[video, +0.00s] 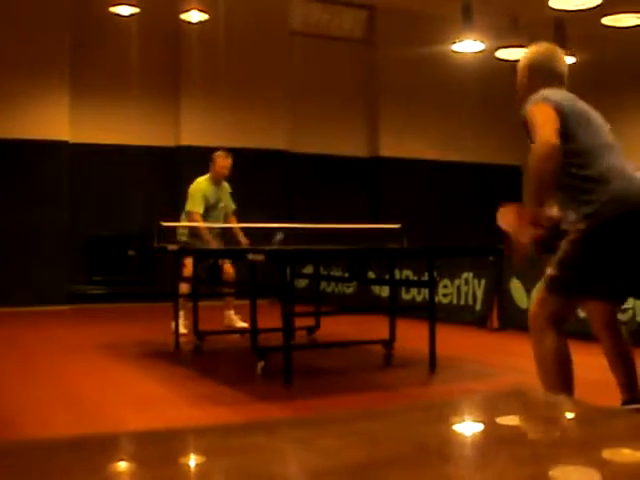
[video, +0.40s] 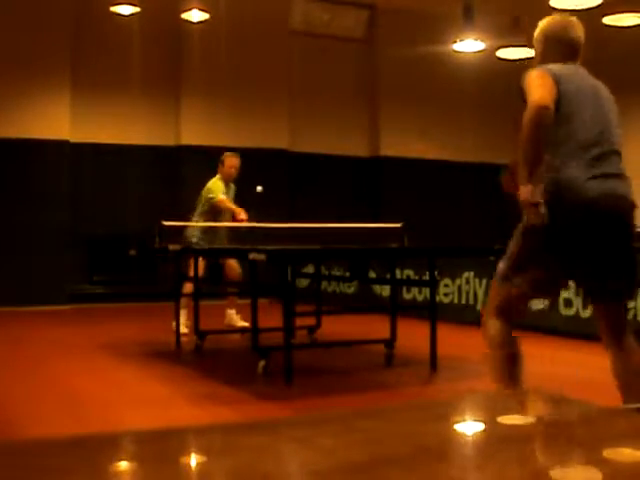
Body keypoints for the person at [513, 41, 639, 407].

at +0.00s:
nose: (516, 81)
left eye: (518, 73)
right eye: (516, 73)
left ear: (525, 75)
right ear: (562, 76)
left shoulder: (541, 101)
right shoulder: (581, 107)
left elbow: (547, 144)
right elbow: (602, 177)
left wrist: (532, 214)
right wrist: (559, 216)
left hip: (604, 219)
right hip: (631, 214)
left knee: (543, 314)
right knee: (602, 311)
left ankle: (561, 414)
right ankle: (632, 401)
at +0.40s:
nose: (533, 51)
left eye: (535, 45)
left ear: (539, 47)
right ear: (579, 51)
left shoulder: (541, 74)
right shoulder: (601, 90)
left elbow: (541, 106)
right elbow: (612, 155)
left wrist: (526, 177)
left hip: (562, 211)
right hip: (614, 213)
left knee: (498, 311)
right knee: (616, 327)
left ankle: (512, 407)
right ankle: (635, 414)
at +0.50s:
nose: (526, 59)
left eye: (528, 54)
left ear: (531, 57)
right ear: (572, 60)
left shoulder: (527, 83)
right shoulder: (592, 98)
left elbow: (530, 116)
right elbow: (603, 160)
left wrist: (520, 191)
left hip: (551, 209)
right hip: (604, 211)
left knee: (482, 310)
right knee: (611, 331)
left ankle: (471, 410)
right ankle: (634, 417)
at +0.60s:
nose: (500, 72)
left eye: (502, 66)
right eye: (500, 66)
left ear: (510, 69)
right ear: (544, 70)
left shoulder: (508, 95)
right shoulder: (569, 107)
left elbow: (509, 129)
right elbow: (564, 165)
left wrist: (498, 196)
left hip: (535, 216)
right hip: (589, 217)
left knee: (458, 310)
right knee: (608, 327)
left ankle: (436, 403)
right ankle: (634, 418)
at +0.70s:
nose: (463, 87)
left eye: (465, 80)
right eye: (467, 79)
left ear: (473, 82)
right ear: (505, 80)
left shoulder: (478, 108)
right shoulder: (533, 119)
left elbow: (482, 144)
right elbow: (520, 195)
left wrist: (469, 217)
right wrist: (450, 202)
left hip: (514, 228)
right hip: (568, 228)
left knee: (430, 319)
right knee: (593, 332)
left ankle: (387, 403)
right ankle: (630, 417)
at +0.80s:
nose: (416, 100)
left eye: (417, 92)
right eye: (416, 92)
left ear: (426, 91)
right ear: (457, 89)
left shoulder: (437, 115)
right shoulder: (486, 123)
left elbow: (448, 158)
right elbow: (467, 203)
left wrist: (439, 225)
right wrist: (391, 205)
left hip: (477, 240)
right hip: (526, 237)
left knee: (400, 323)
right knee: (570, 339)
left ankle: (358, 404)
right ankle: (622, 412)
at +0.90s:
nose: (367, 110)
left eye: (368, 102)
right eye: (366, 102)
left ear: (381, 99)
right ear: (406, 94)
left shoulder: (394, 125)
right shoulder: (438, 129)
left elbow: (414, 169)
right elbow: (426, 199)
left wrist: (405, 244)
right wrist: (357, 201)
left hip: (450, 235)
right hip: (497, 234)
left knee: (370, 308)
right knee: (539, 332)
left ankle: (350, 404)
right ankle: (605, 406)